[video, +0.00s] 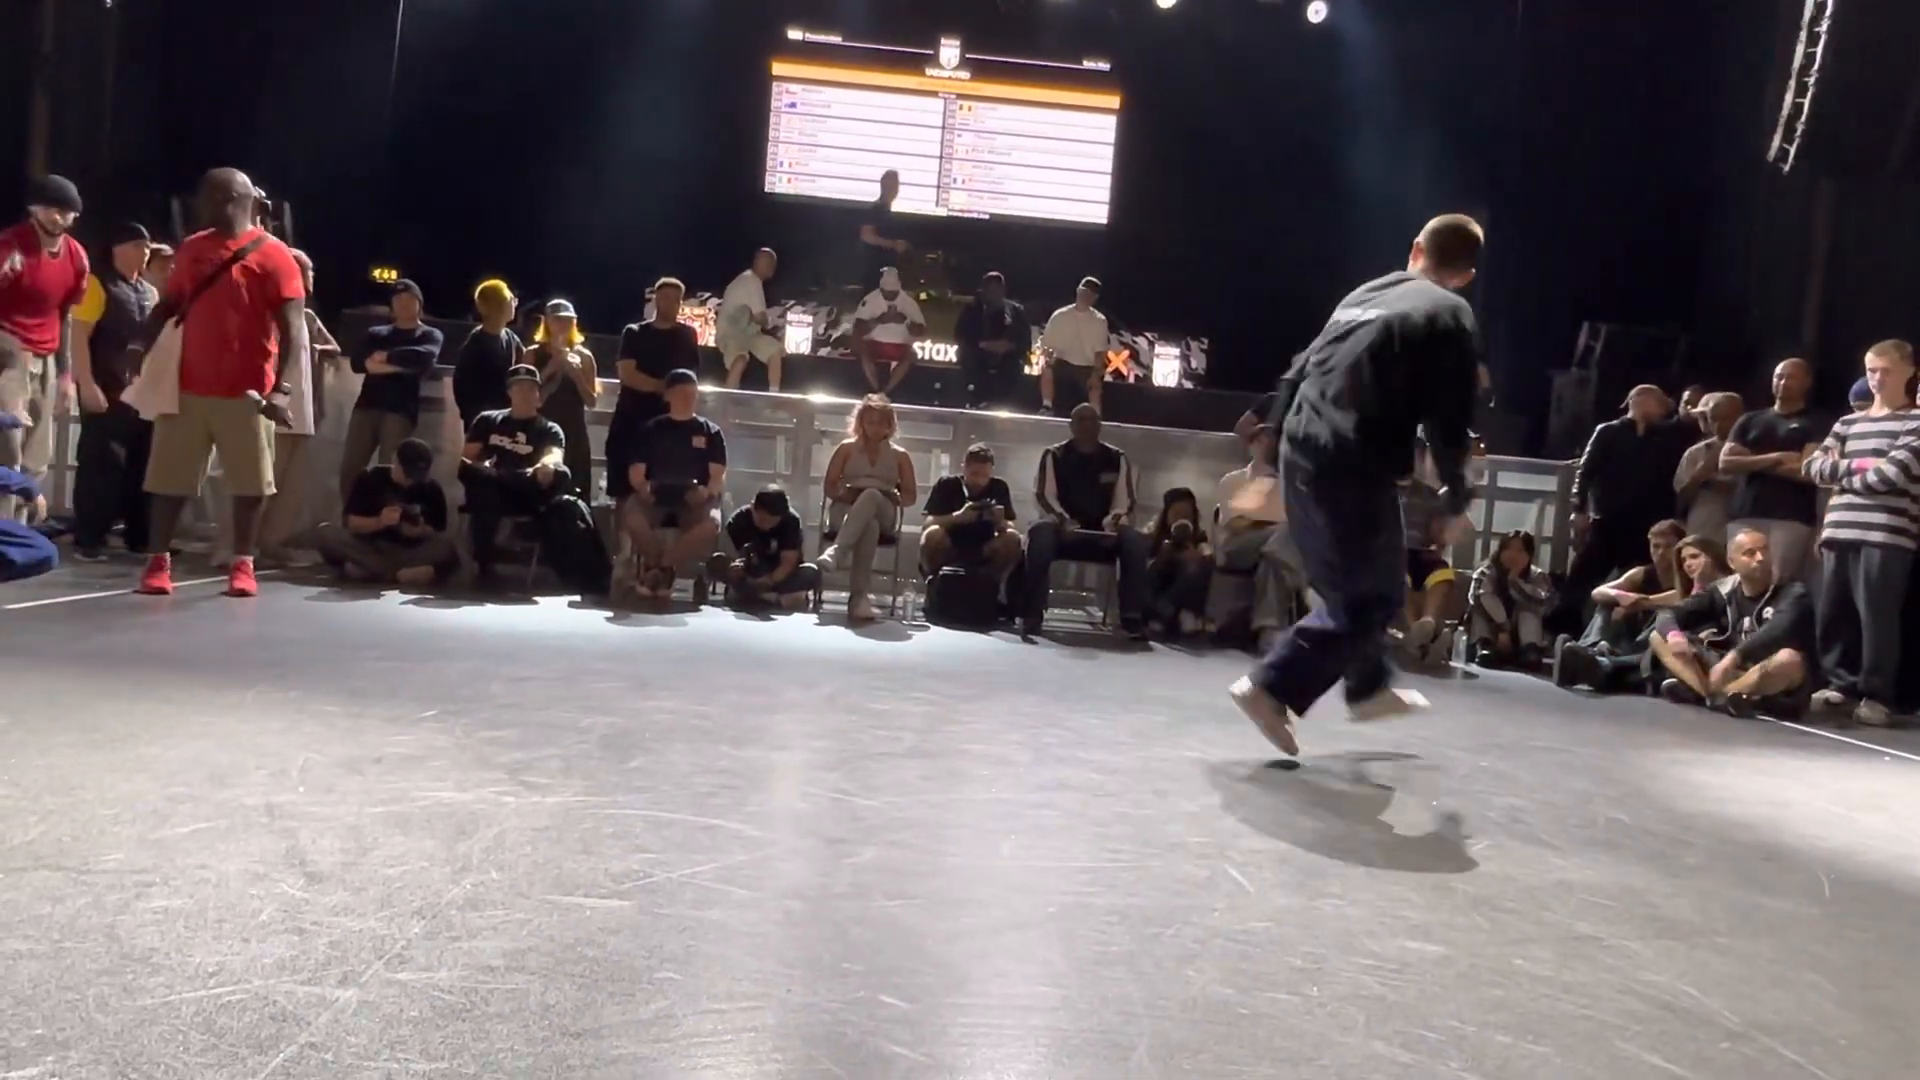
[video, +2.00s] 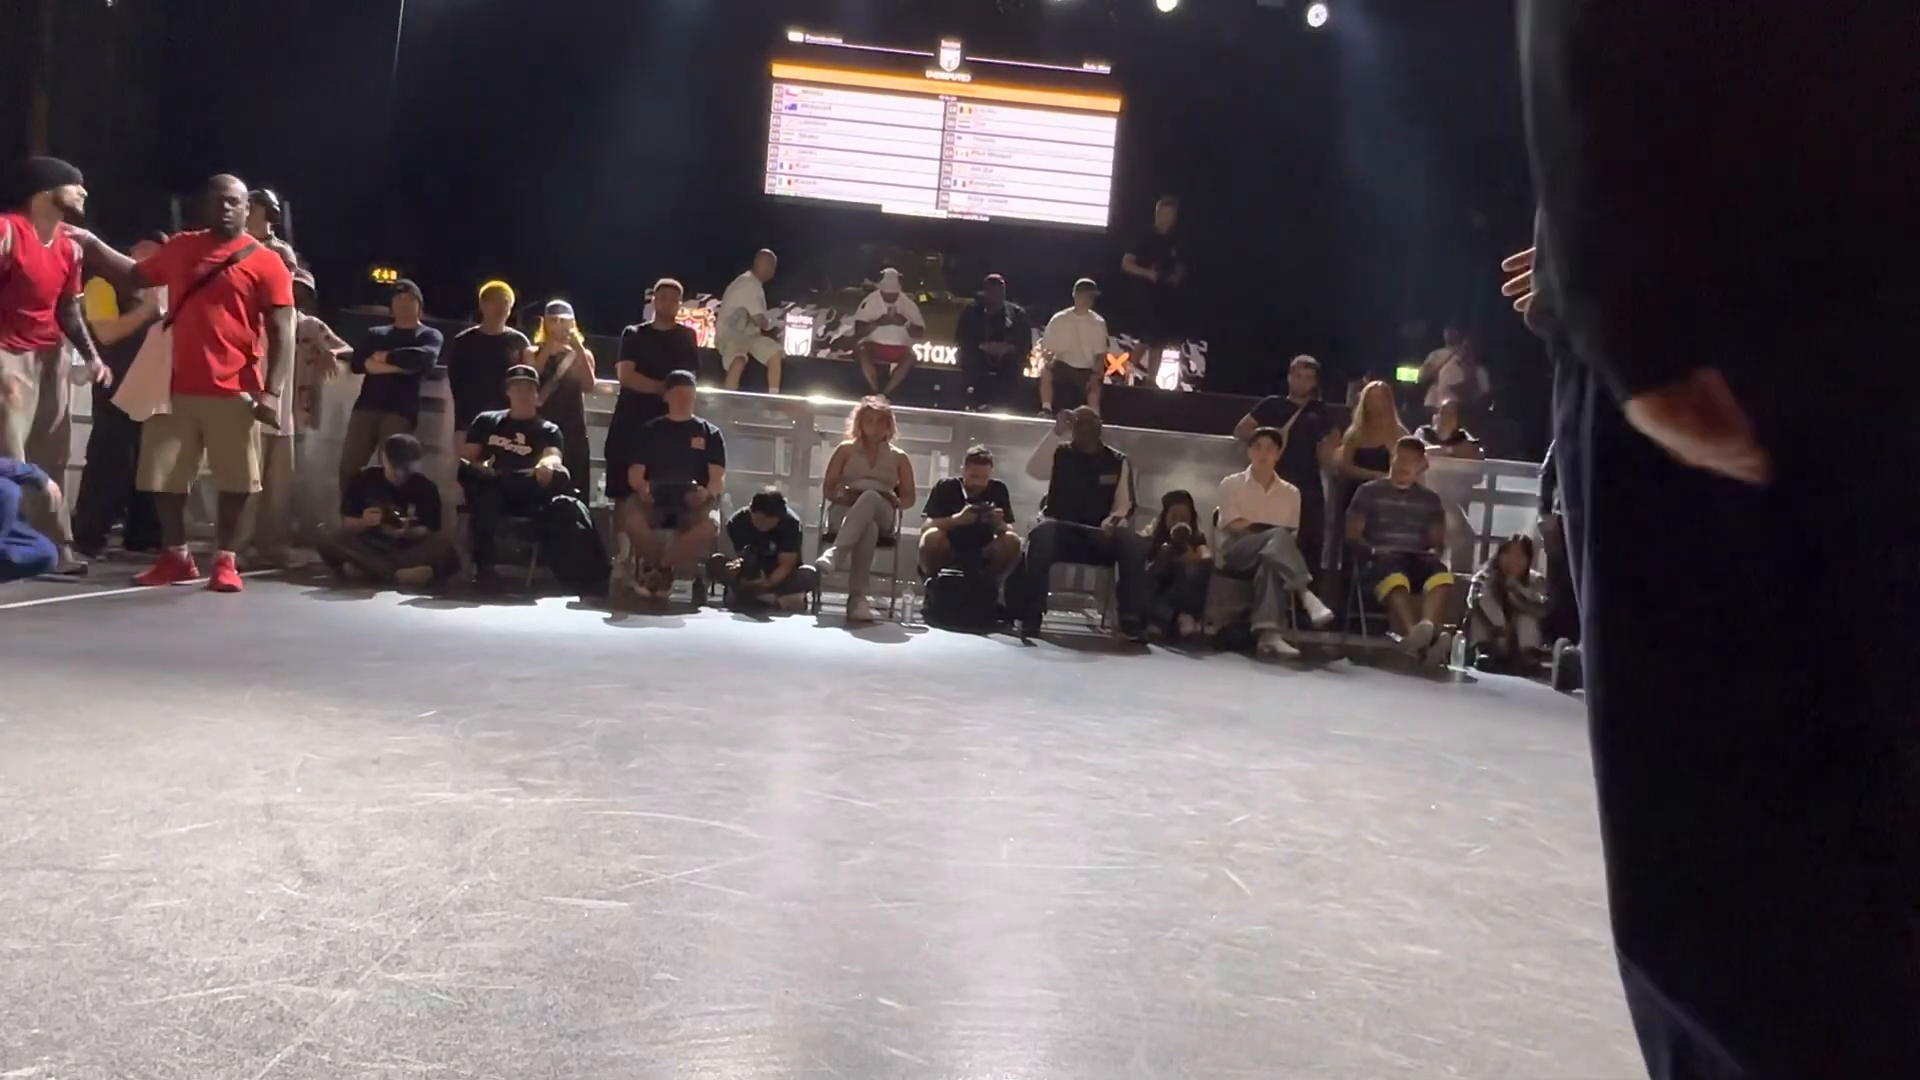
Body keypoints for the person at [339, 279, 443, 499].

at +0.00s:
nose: (403, 304)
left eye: (408, 299)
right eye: (398, 300)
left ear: (419, 305)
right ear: (392, 306)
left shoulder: (431, 334)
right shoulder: (376, 332)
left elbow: (424, 359)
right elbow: (358, 364)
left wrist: (385, 356)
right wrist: (401, 366)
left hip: (400, 411)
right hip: (367, 408)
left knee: (389, 472)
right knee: (350, 468)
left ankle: (384, 525)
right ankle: (349, 524)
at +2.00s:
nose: (404, 303)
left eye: (410, 299)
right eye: (399, 299)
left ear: (419, 306)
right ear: (392, 307)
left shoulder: (430, 335)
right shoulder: (375, 333)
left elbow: (423, 362)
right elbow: (357, 364)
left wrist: (384, 356)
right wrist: (398, 367)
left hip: (399, 412)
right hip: (367, 408)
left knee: (394, 473)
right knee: (348, 468)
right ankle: (348, 517)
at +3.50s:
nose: (376, 330)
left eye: (381, 325)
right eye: (371, 325)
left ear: (390, 331)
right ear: (363, 331)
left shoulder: (402, 360)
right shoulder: (348, 359)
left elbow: (397, 384)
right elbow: (329, 390)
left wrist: (357, 382)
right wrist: (372, 392)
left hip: (374, 437)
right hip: (341, 434)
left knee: (370, 498)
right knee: (324, 496)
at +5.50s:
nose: (389, 357)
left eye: (395, 352)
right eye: (385, 352)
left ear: (405, 357)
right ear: (378, 358)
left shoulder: (418, 386)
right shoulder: (364, 385)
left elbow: (412, 410)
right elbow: (346, 417)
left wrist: (373, 409)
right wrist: (388, 420)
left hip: (390, 462)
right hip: (358, 459)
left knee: (384, 521)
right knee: (343, 520)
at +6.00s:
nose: (396, 350)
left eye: (401, 345)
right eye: (392, 345)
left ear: (411, 350)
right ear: (385, 351)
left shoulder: (424, 379)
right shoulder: (369, 379)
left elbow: (418, 403)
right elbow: (352, 411)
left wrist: (380, 402)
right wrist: (394, 412)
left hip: (396, 458)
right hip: (363, 455)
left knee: (391, 518)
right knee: (350, 517)